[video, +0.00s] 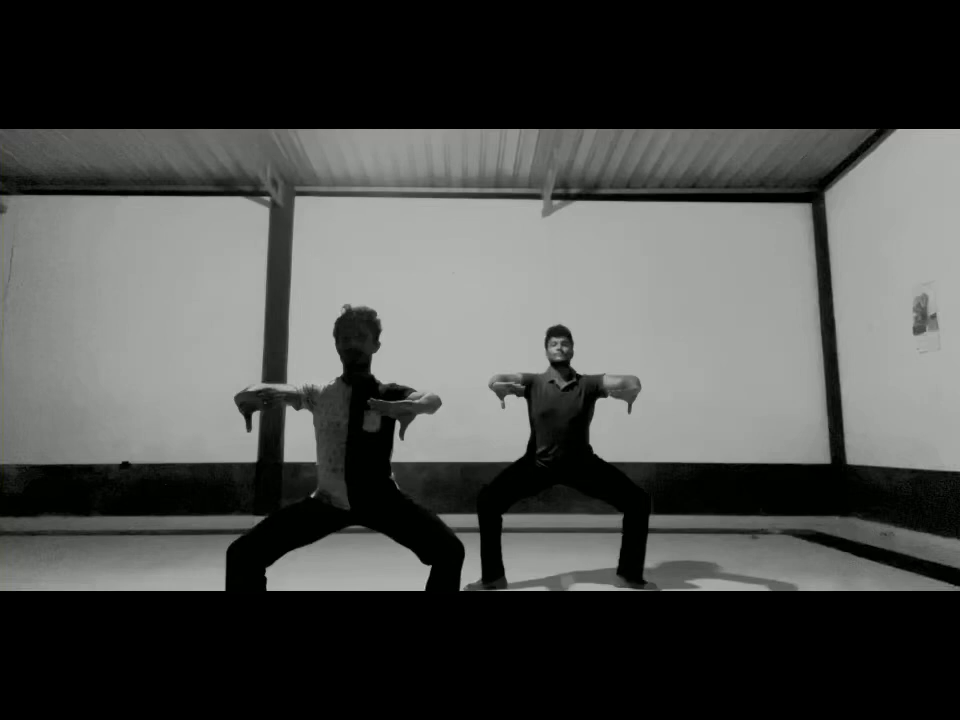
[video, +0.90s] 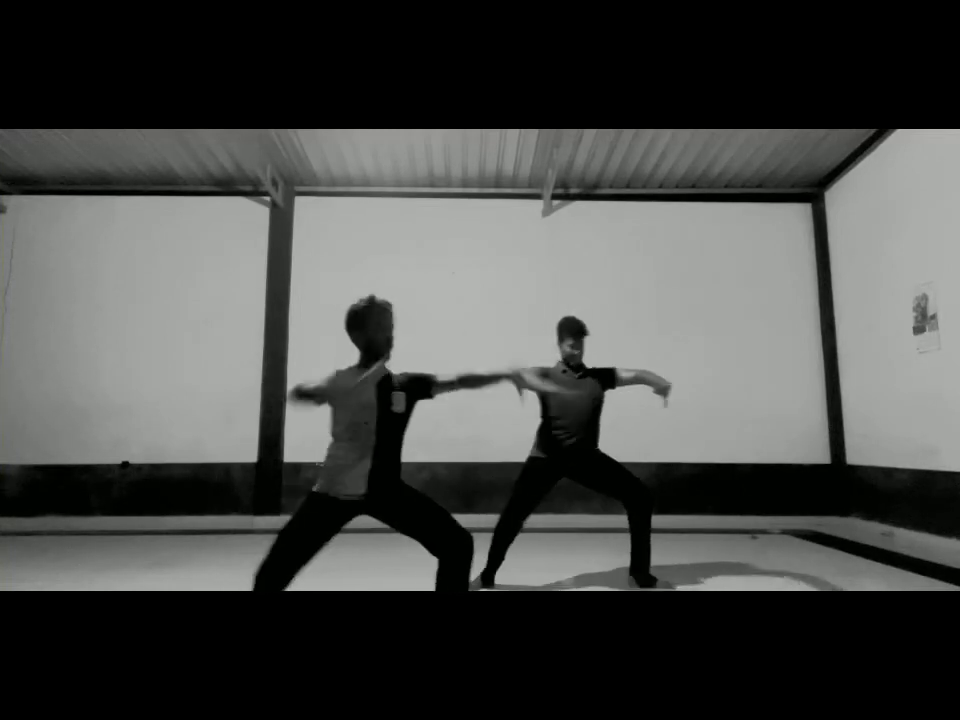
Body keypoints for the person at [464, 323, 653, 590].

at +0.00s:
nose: (560, 348)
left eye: (565, 344)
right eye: (554, 344)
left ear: (572, 350)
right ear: (546, 351)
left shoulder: (588, 383)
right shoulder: (533, 382)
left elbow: (629, 382)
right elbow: (495, 381)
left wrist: (630, 390)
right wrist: (503, 387)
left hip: (581, 464)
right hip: (538, 465)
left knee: (638, 501)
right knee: (489, 500)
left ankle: (630, 574)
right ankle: (493, 577)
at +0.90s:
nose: (575, 349)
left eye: (578, 343)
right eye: (569, 344)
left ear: (584, 344)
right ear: (559, 345)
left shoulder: (599, 378)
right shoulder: (544, 377)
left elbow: (639, 376)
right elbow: (504, 376)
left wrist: (663, 386)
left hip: (586, 458)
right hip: (547, 459)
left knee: (639, 497)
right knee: (514, 513)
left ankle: (640, 571)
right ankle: (488, 574)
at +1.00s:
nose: (592, 342)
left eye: (595, 337)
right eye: (585, 338)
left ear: (599, 341)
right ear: (574, 342)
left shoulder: (607, 378)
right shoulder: (564, 370)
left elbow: (646, 378)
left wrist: (672, 390)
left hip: (589, 457)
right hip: (553, 455)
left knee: (640, 497)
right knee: (522, 511)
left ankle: (642, 572)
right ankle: (485, 574)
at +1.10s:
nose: (614, 347)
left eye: (614, 343)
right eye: (609, 343)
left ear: (612, 348)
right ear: (592, 346)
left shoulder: (611, 385)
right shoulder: (577, 368)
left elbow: (644, 389)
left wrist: (661, 396)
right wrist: (635, 356)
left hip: (583, 456)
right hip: (551, 451)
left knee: (632, 496)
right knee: (520, 507)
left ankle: (642, 572)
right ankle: (480, 566)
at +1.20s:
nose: (620, 366)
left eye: (623, 362)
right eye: (616, 360)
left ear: (618, 361)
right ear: (600, 355)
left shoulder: (602, 387)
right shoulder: (585, 373)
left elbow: (623, 398)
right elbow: (623, 376)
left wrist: (642, 405)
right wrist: (663, 370)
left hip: (572, 453)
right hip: (547, 451)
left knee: (624, 495)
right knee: (518, 510)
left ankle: (641, 571)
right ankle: (481, 574)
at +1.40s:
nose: (593, 361)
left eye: (595, 357)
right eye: (592, 355)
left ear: (577, 349)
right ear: (583, 351)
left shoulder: (579, 376)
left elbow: (613, 387)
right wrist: (642, 424)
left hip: (569, 454)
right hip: (540, 454)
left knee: (623, 493)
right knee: (510, 513)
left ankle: (637, 571)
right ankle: (478, 579)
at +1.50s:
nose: (571, 350)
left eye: (574, 344)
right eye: (566, 344)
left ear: (576, 346)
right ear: (552, 343)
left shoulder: (575, 375)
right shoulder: (540, 380)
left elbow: (610, 374)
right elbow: (555, 416)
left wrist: (622, 382)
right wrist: (599, 433)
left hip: (574, 455)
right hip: (540, 457)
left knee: (632, 489)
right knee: (509, 511)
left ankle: (639, 567)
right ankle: (479, 574)